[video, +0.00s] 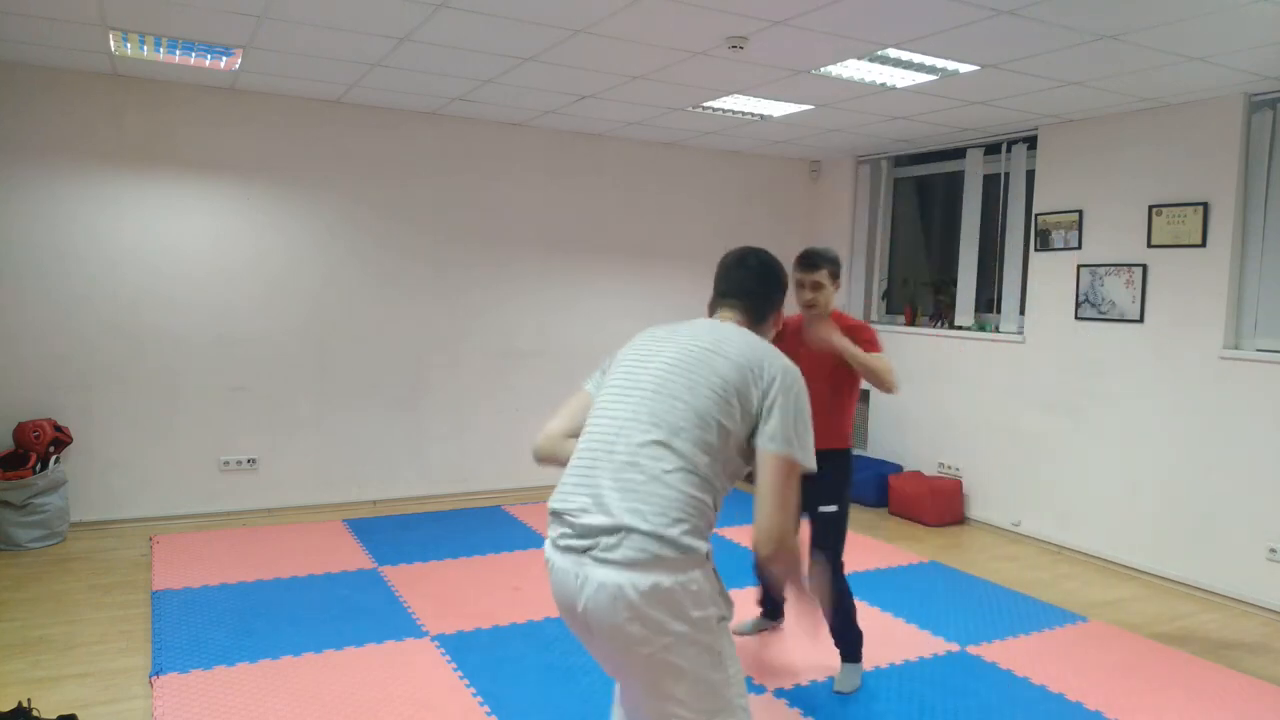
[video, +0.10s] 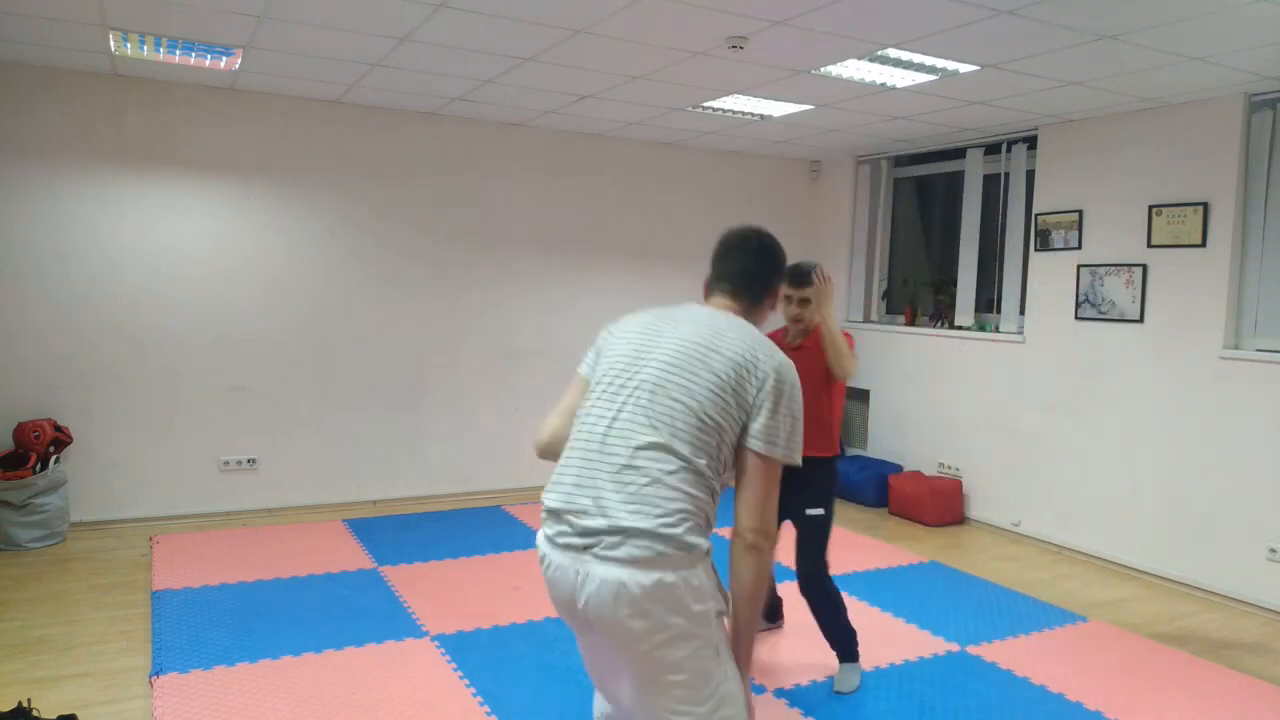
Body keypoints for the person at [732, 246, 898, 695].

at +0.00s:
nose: (809, 294)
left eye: (818, 286)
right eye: (802, 286)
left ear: (836, 287)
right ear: (792, 287)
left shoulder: (854, 331)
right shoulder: (779, 330)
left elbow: (887, 382)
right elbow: (750, 376)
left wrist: (841, 344)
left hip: (830, 455)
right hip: (781, 450)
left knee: (825, 560)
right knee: (770, 538)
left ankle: (851, 655)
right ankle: (770, 613)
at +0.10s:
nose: (795, 309)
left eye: (804, 301)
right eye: (788, 300)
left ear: (819, 303)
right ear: (777, 298)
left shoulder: (835, 339)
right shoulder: (768, 342)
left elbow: (843, 369)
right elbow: (746, 390)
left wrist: (825, 314)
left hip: (816, 466)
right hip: (770, 463)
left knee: (812, 572)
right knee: (751, 545)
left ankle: (848, 656)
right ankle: (767, 610)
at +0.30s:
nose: (776, 295)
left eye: (783, 288)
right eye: (769, 287)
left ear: (799, 290)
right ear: (759, 287)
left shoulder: (817, 328)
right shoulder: (747, 332)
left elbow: (813, 363)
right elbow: (731, 387)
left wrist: (801, 302)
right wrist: (734, 449)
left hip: (800, 453)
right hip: (753, 453)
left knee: (800, 556)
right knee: (745, 548)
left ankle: (826, 652)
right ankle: (768, 611)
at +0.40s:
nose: (770, 288)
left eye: (779, 280)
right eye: (763, 279)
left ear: (795, 284)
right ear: (753, 280)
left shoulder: (812, 326)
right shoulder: (736, 329)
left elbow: (812, 381)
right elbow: (724, 389)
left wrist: (786, 328)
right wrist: (732, 446)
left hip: (797, 450)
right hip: (750, 450)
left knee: (796, 555)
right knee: (752, 546)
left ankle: (799, 657)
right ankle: (768, 611)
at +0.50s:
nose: (768, 287)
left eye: (777, 280)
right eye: (761, 278)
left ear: (793, 284)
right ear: (751, 281)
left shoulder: (809, 330)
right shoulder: (734, 330)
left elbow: (808, 392)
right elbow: (726, 392)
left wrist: (760, 351)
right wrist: (723, 432)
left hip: (793, 455)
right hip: (749, 455)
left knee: (783, 561)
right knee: (750, 546)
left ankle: (772, 663)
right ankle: (767, 610)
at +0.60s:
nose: (770, 291)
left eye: (779, 283)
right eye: (763, 282)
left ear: (795, 288)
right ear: (753, 283)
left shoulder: (808, 335)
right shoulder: (732, 332)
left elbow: (809, 398)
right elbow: (711, 385)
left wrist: (759, 367)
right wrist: (733, 418)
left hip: (788, 460)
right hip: (744, 458)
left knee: (775, 570)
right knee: (745, 551)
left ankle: (765, 673)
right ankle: (764, 608)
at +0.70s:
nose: (770, 288)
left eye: (780, 281)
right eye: (763, 278)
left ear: (796, 286)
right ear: (753, 279)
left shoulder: (810, 336)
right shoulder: (728, 333)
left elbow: (818, 401)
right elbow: (712, 394)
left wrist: (762, 373)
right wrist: (739, 425)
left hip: (786, 461)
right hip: (740, 459)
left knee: (772, 569)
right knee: (737, 552)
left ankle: (764, 673)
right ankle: (760, 608)